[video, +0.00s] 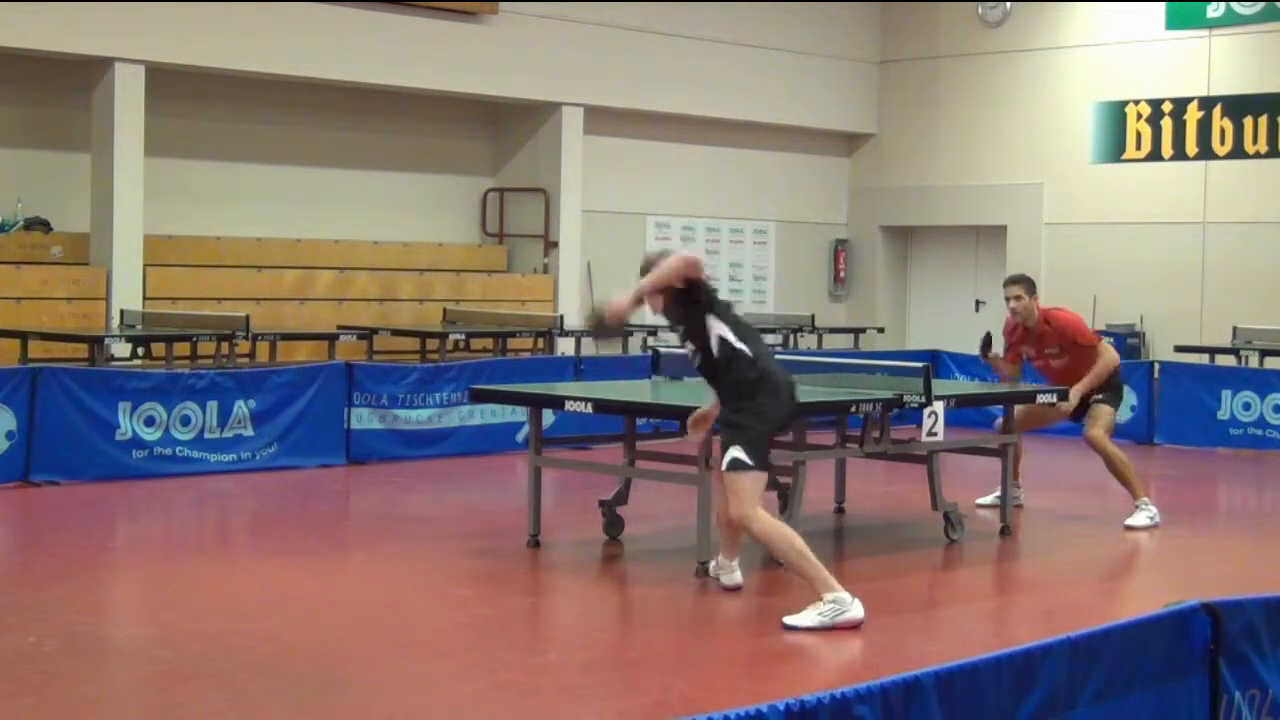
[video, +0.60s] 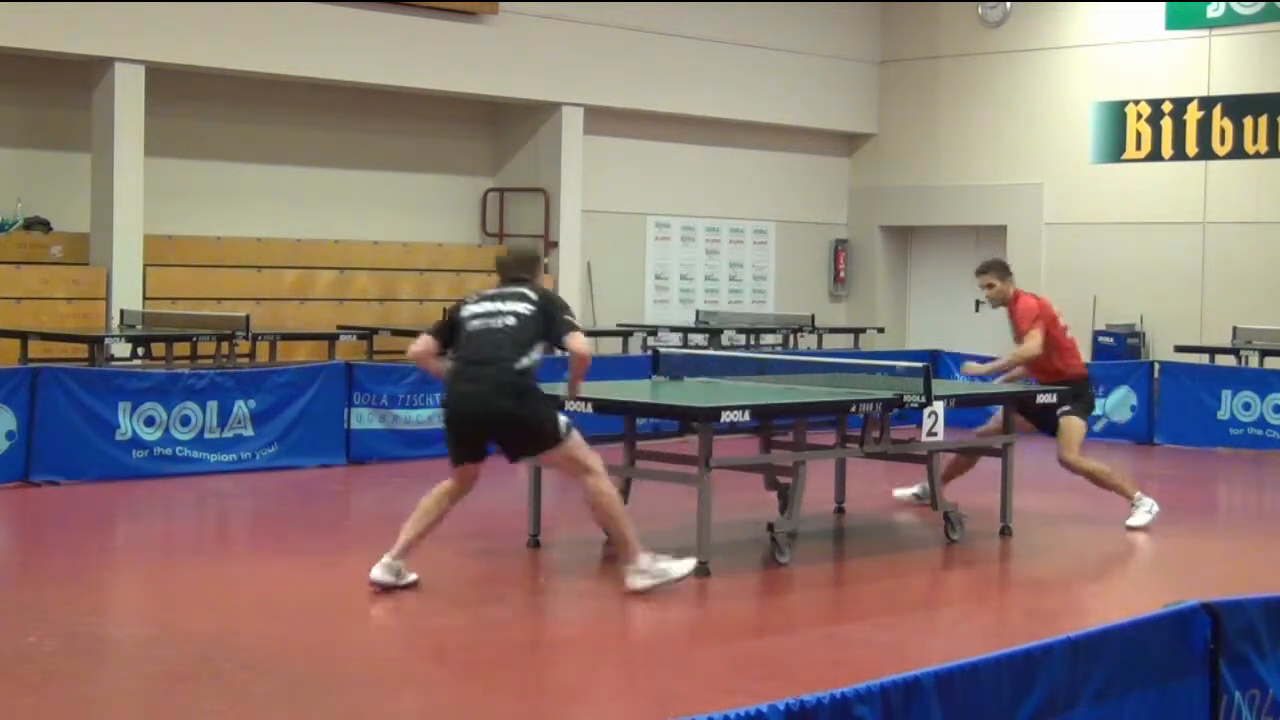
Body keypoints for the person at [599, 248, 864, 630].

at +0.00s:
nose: (648, 301)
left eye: (650, 293)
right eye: (646, 295)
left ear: (666, 286)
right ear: (669, 290)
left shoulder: (696, 304)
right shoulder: (694, 321)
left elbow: (688, 261)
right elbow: (739, 371)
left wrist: (634, 295)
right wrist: (713, 410)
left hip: (759, 399)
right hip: (748, 401)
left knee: (744, 510)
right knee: (725, 473)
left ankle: (837, 598)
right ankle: (728, 565)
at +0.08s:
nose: (643, 303)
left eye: (645, 298)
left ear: (652, 298)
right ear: (682, 294)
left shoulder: (669, 318)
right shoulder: (702, 318)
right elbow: (767, 376)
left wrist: (626, 321)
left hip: (732, 406)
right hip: (755, 399)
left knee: (730, 517)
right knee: (719, 473)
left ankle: (832, 591)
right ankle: (727, 564)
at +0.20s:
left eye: (644, 294)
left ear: (646, 295)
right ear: (683, 301)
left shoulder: (636, 308)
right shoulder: (707, 327)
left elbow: (570, 314)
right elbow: (762, 373)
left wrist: (606, 333)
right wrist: (721, 389)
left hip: (679, 415)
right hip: (722, 413)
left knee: (660, 533)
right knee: (706, 471)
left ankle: (757, 549)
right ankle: (726, 562)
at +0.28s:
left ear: (629, 298)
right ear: (667, 301)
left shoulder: (612, 314)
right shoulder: (691, 329)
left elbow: (543, 332)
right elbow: (743, 369)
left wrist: (589, 351)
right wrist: (701, 390)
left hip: (643, 416)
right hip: (692, 415)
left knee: (602, 519)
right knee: (694, 473)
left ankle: (650, 539)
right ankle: (729, 562)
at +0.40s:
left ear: (582, 290)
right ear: (620, 292)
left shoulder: (561, 313)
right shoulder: (640, 318)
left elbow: (498, 349)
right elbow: (683, 359)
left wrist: (543, 373)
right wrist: (654, 387)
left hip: (577, 415)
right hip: (634, 417)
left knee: (518, 481)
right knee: (677, 478)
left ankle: (470, 559)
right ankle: (725, 562)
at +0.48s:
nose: (580, 285)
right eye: (582, 280)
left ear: (545, 283)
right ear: (584, 284)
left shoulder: (517, 313)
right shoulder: (595, 311)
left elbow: (461, 356)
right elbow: (626, 355)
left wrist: (503, 376)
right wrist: (607, 390)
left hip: (521, 413)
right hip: (578, 412)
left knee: (477, 484)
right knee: (641, 480)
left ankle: (395, 556)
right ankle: (697, 561)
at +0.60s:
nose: (546, 280)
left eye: (541, 275)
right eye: (545, 275)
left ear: (501, 275)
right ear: (538, 276)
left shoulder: (471, 304)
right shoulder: (545, 301)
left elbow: (419, 351)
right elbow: (581, 350)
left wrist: (454, 377)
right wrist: (575, 388)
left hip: (460, 399)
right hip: (511, 397)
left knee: (460, 479)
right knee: (590, 468)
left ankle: (390, 562)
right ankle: (639, 562)